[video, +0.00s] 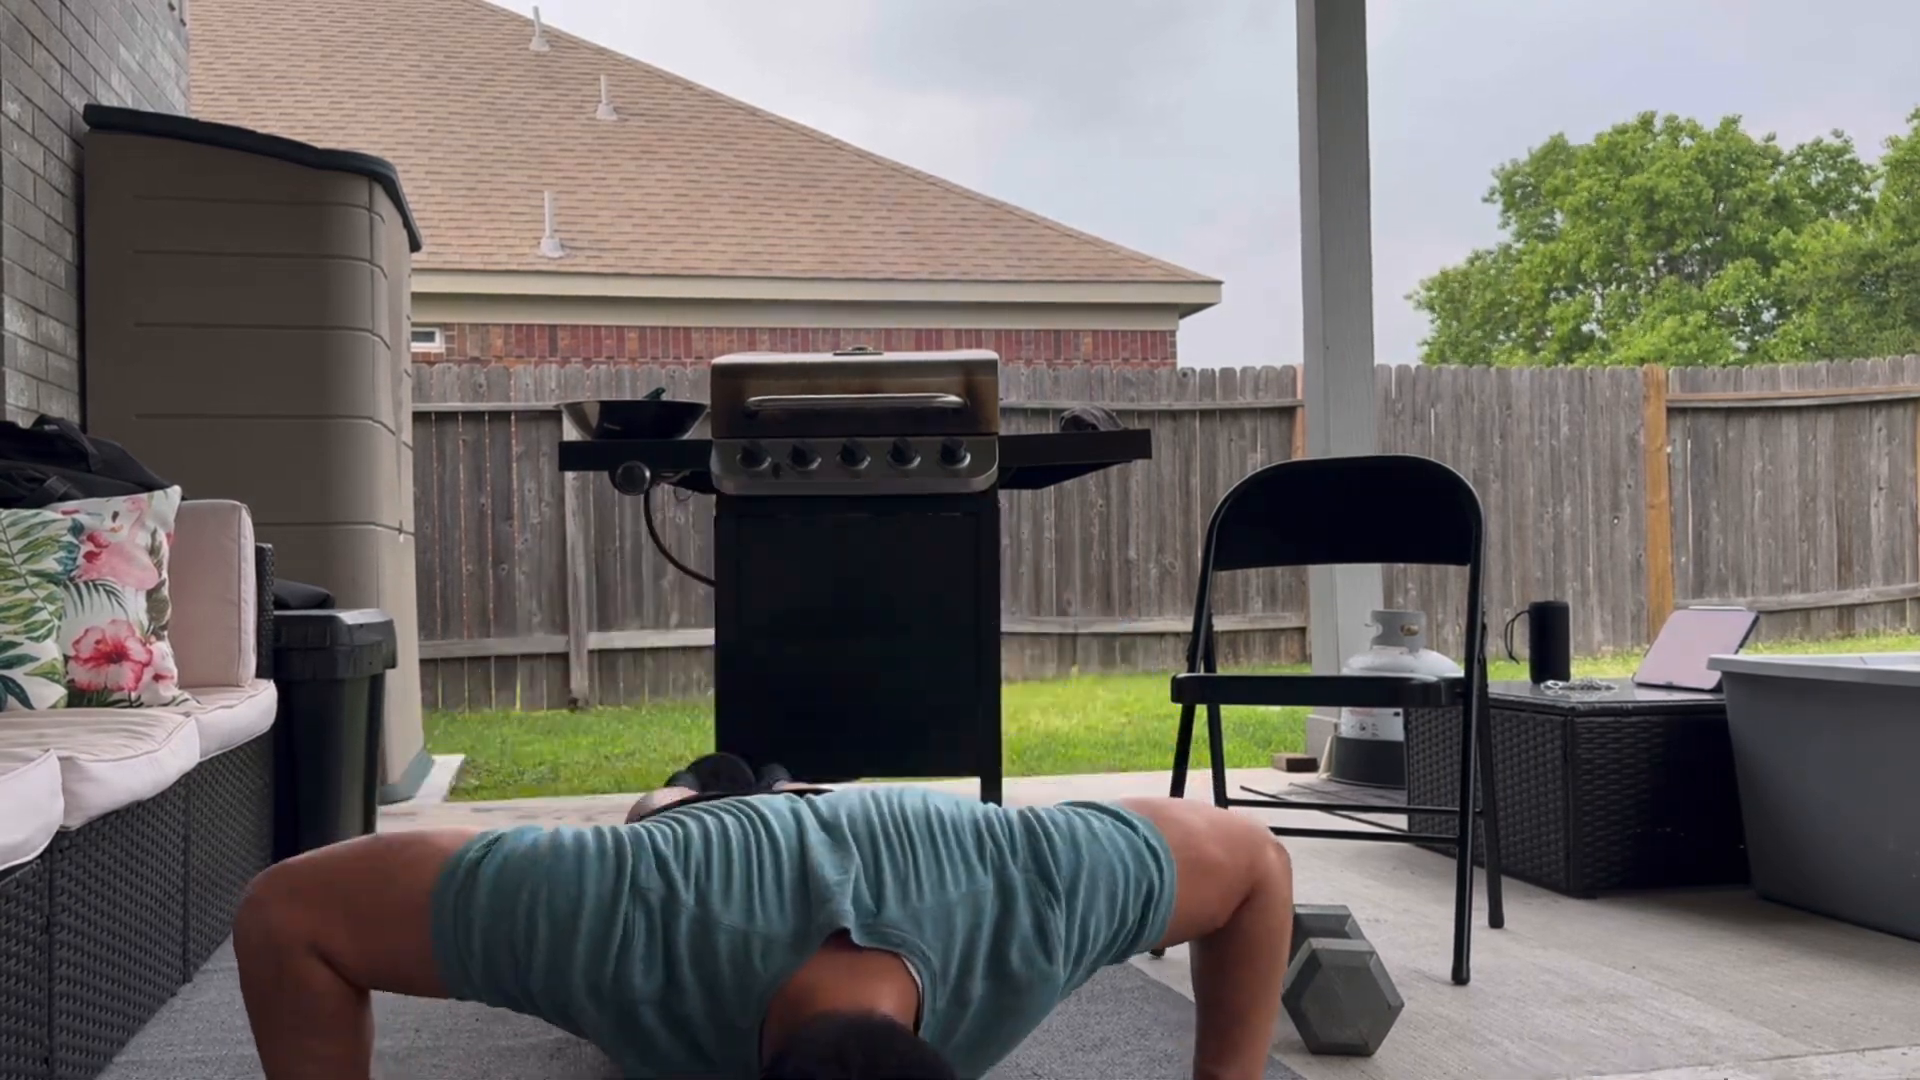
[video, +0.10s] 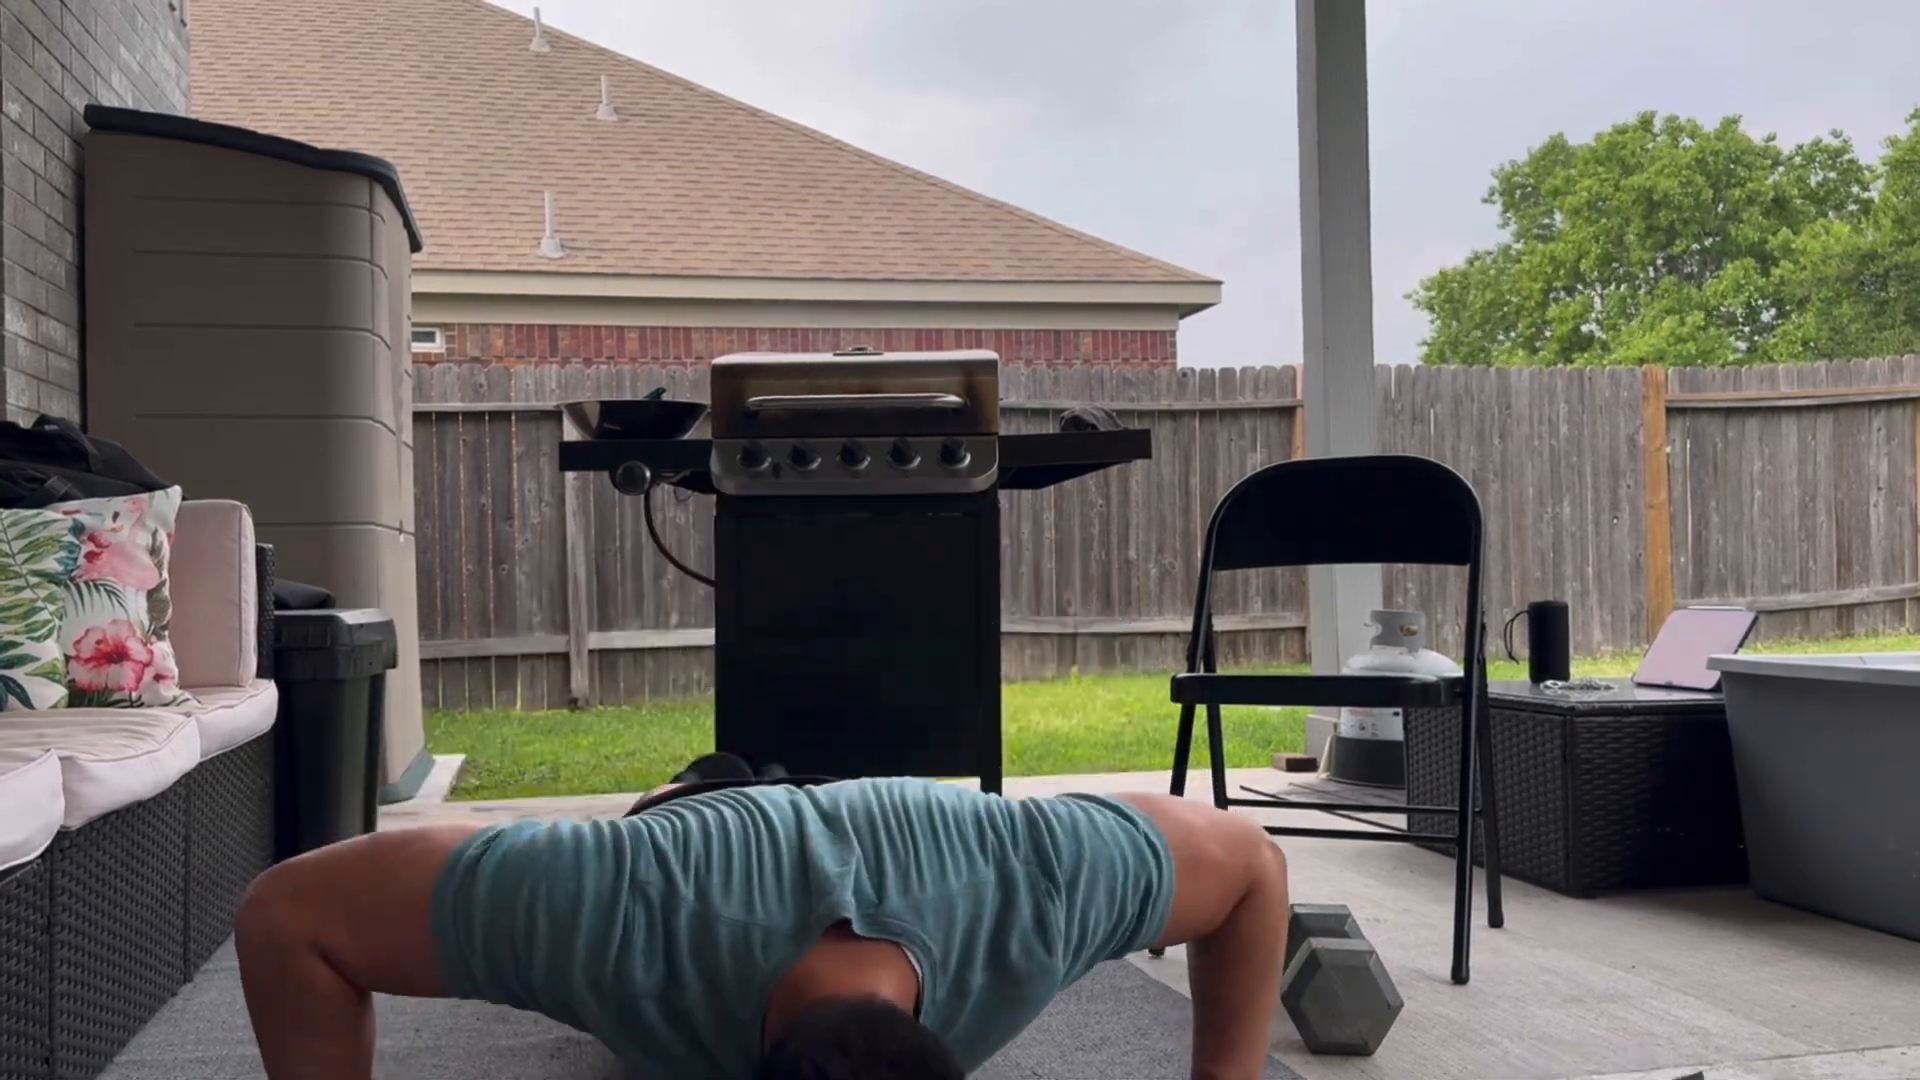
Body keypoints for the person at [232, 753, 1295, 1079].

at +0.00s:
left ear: (935, 1040)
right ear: (754, 1046)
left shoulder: (1034, 901)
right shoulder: (620, 931)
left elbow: (1253, 863)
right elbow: (288, 921)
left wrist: (1229, 1069)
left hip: (937, 833)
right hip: (674, 850)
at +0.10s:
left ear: (937, 1040)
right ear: (752, 1042)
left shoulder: (1043, 889)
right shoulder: (618, 923)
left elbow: (1249, 866)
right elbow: (288, 923)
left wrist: (1229, 1073)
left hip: (921, 813)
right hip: (691, 827)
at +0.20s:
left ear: (961, 982)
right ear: (732, 995)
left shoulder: (1055, 829)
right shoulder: (599, 849)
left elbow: (1249, 875)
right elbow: (286, 924)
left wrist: (1225, 1070)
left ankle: (1273, 901)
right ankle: (445, 803)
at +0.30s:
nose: (828, 1017)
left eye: (871, 1006)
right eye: (785, 984)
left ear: (965, 835)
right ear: (730, 846)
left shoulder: (1052, 736)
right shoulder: (587, 747)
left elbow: (1235, 871)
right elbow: (306, 916)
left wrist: (1224, 1068)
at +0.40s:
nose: (823, 925)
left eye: (863, 914)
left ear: (960, 788)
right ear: (728, 733)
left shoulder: (1036, 634)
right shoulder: (601, 628)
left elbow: (1195, 852)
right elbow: (374, 886)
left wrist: (1214, 1069)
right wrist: (361, 1073)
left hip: (871, 860)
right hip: (666, 847)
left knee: (835, 931)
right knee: (673, 905)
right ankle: (658, 890)